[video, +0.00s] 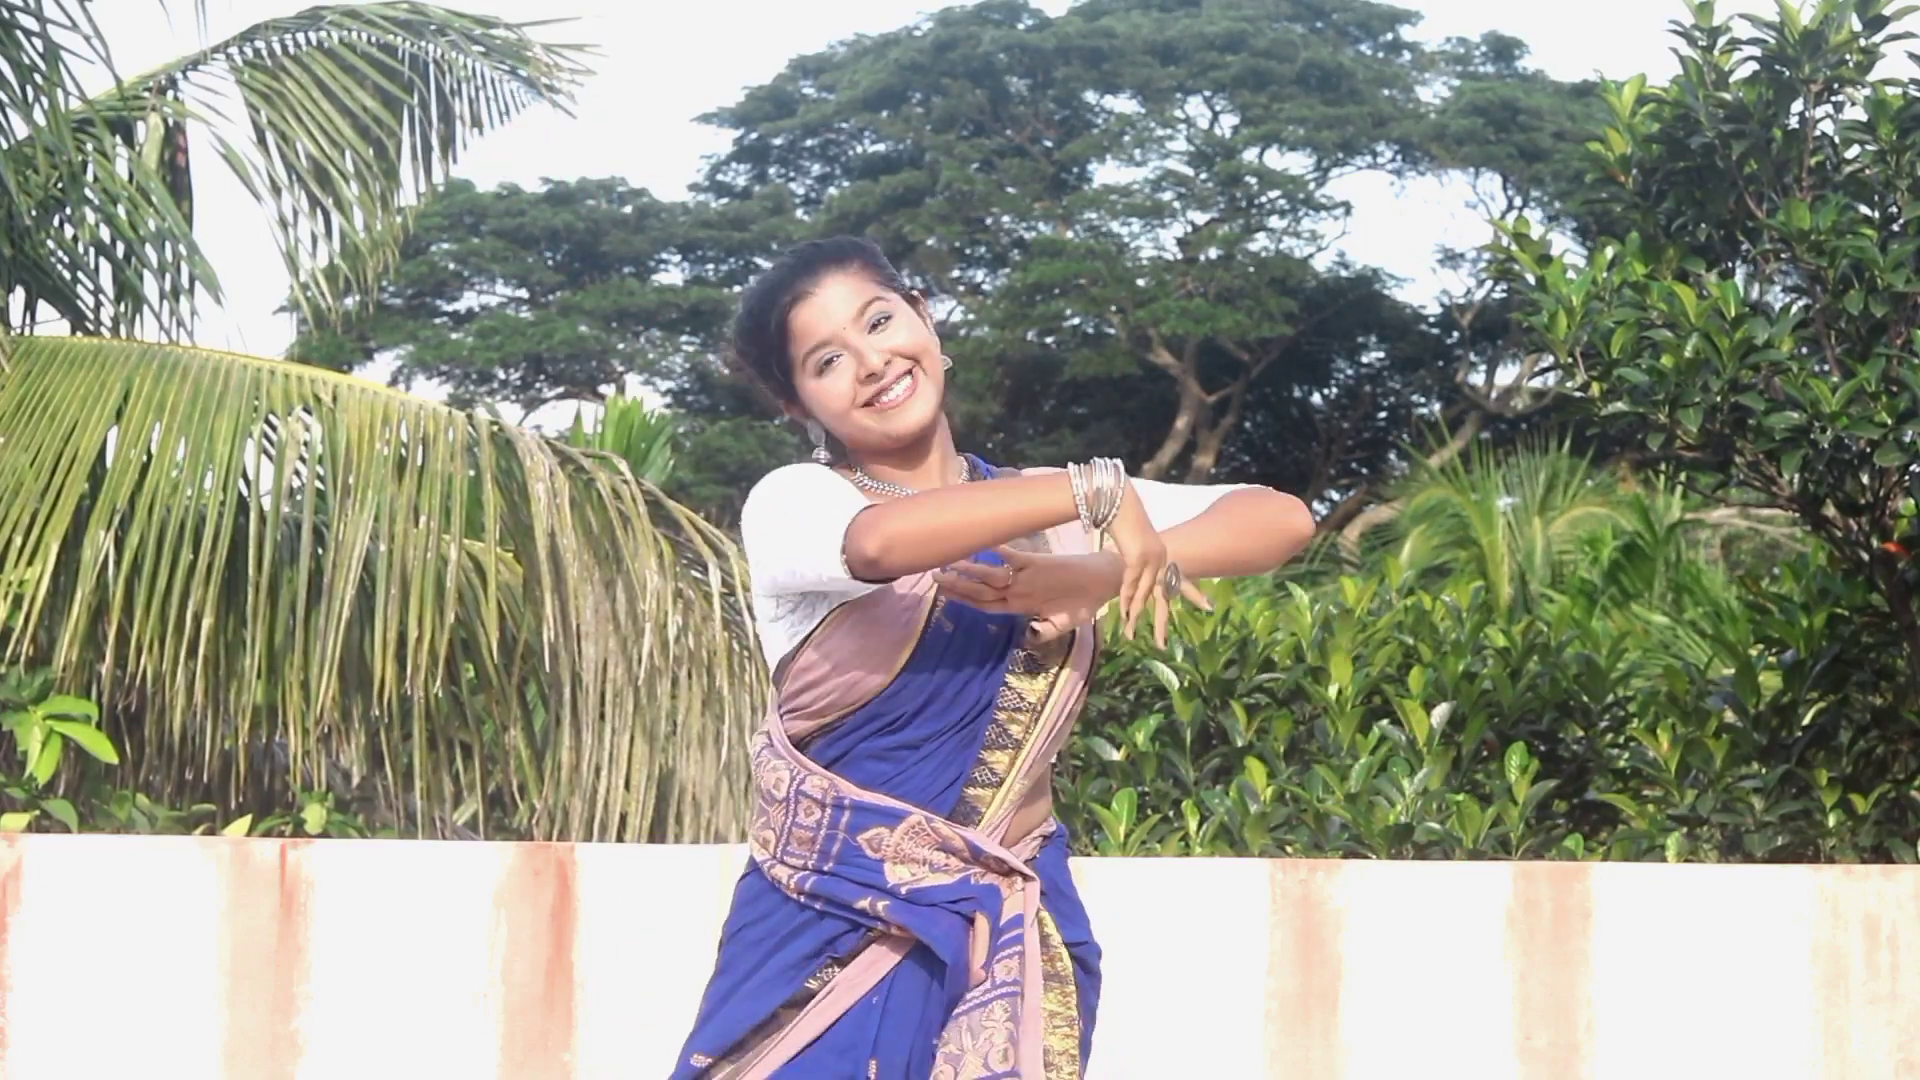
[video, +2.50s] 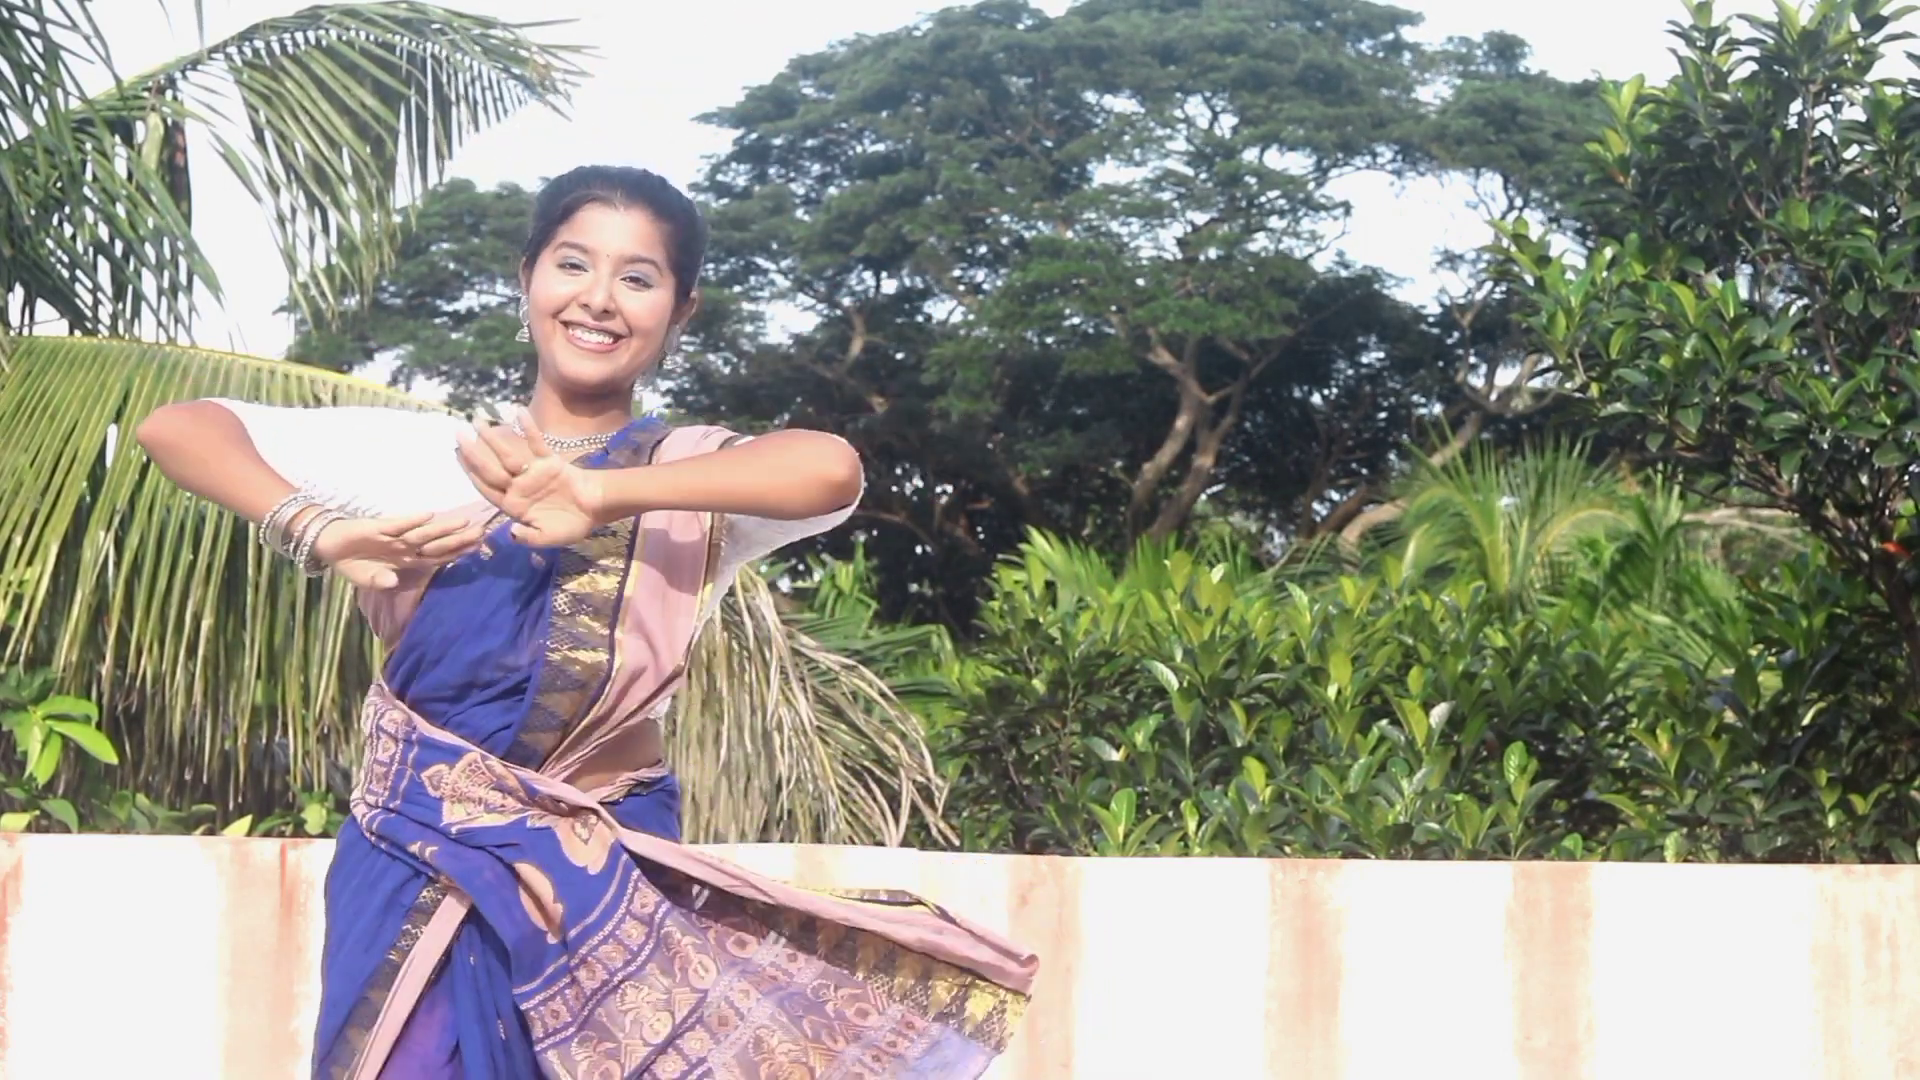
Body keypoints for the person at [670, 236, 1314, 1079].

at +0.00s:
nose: (872, 359)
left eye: (880, 319)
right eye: (827, 360)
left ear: (928, 325)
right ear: (805, 411)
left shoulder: (1044, 497)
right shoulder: (793, 501)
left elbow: (1288, 521)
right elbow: (877, 543)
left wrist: (1100, 573)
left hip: (1012, 940)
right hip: (823, 929)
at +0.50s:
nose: (803, 323)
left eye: (816, 284)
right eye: (766, 326)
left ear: (882, 292)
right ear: (751, 376)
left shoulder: (1024, 461)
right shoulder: (764, 487)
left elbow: (1242, 426)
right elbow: (718, 375)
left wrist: (1067, 529)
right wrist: (632, 157)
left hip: (972, 930)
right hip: (769, 917)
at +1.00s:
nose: (730, 280)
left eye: (768, 255)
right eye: (740, 256)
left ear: (856, 290)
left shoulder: (866, 464)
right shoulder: (726, 436)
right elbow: (551, 325)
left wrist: (600, 524)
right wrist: (650, 148)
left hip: (765, 869)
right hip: (637, 862)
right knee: (608, 1063)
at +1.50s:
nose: (746, 307)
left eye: (743, 283)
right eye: (747, 287)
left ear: (586, 294)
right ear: (718, 308)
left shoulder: (482, 474)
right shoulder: (792, 446)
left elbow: (322, 470)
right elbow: (982, 328)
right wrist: (809, 271)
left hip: (596, 882)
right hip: (798, 892)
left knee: (519, 1063)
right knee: (756, 1065)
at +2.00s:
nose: (610, 278)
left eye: (635, 249)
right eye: (570, 252)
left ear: (663, 271)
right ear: (509, 279)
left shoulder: (660, 422)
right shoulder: (515, 404)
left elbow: (853, 452)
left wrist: (849, 524)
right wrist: (723, 455)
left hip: (686, 819)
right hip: (553, 819)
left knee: (699, 1061)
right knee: (543, 1060)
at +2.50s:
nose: (598, 297)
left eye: (637, 278)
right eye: (573, 264)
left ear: (676, 319)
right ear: (527, 287)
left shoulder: (692, 471)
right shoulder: (430, 450)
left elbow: (838, 471)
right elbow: (173, 427)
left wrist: (606, 491)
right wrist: (315, 529)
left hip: (613, 862)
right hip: (421, 856)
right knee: (407, 1062)